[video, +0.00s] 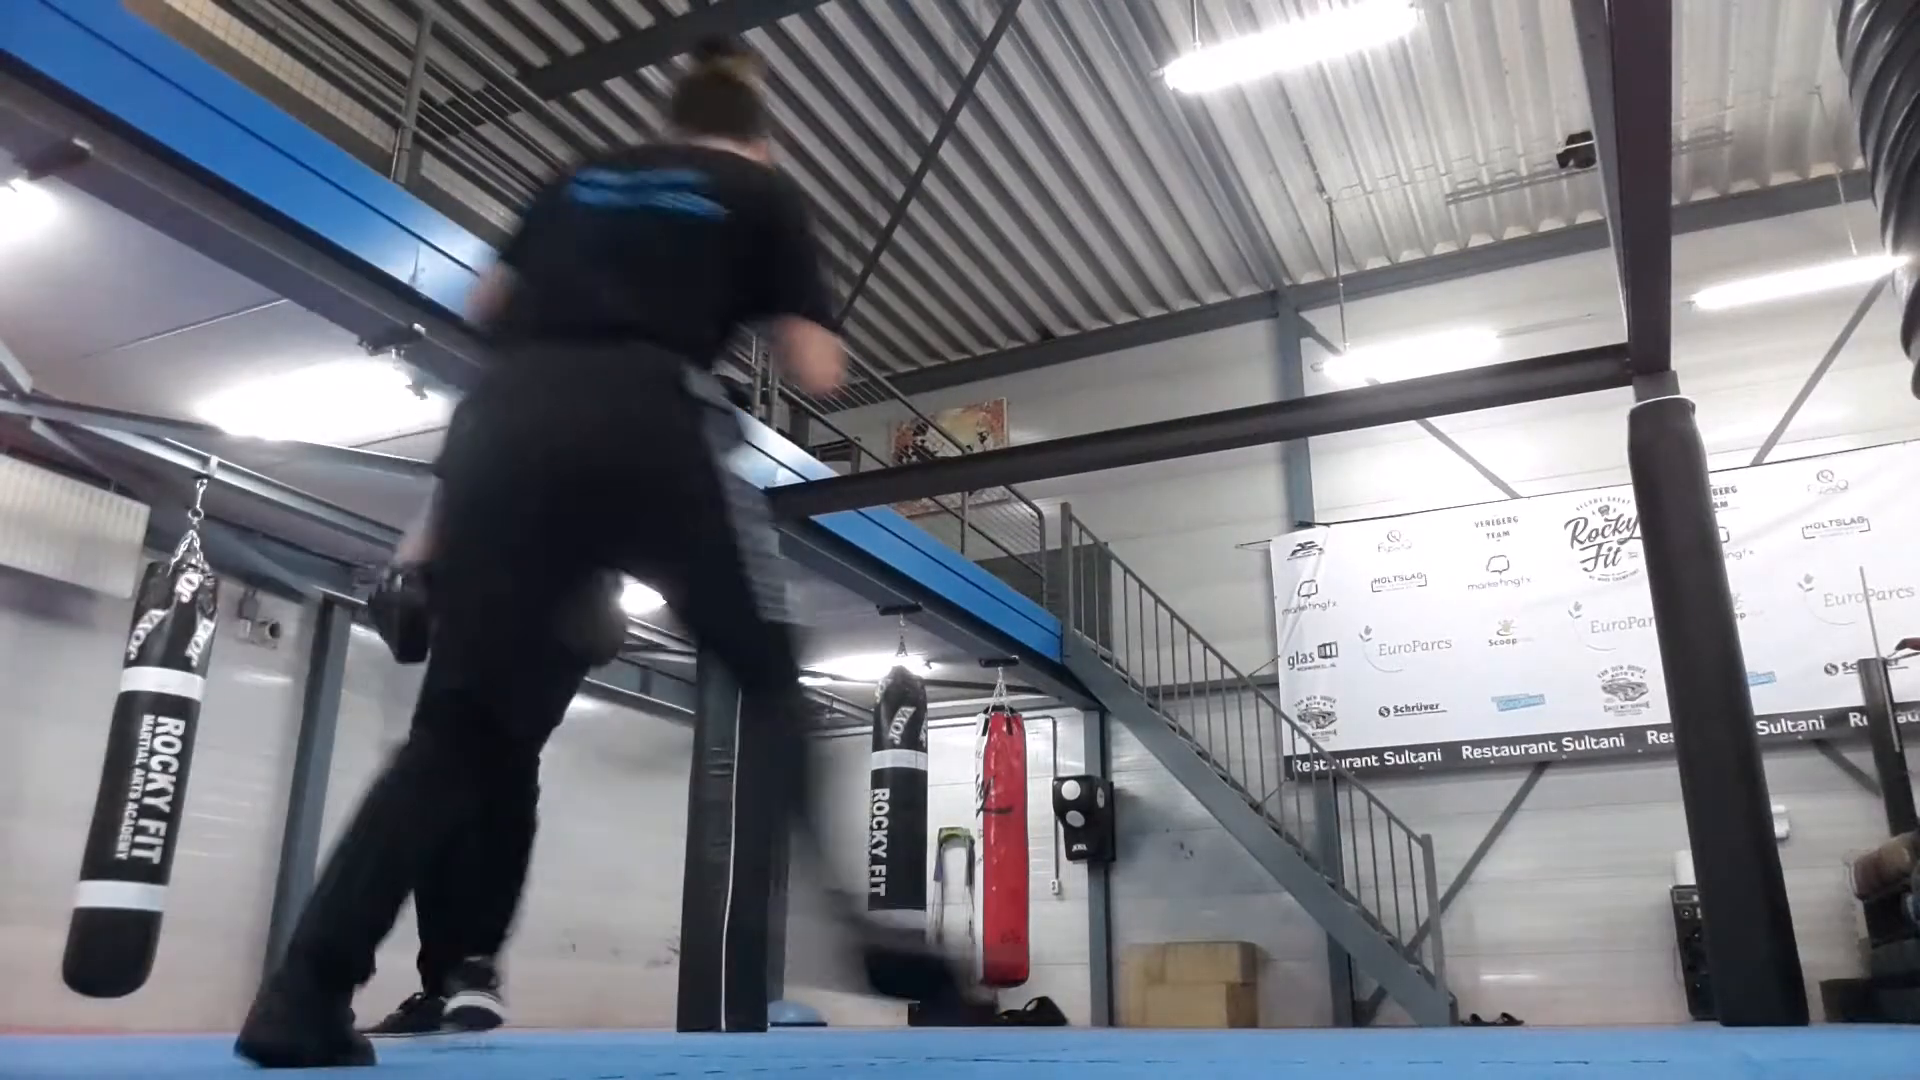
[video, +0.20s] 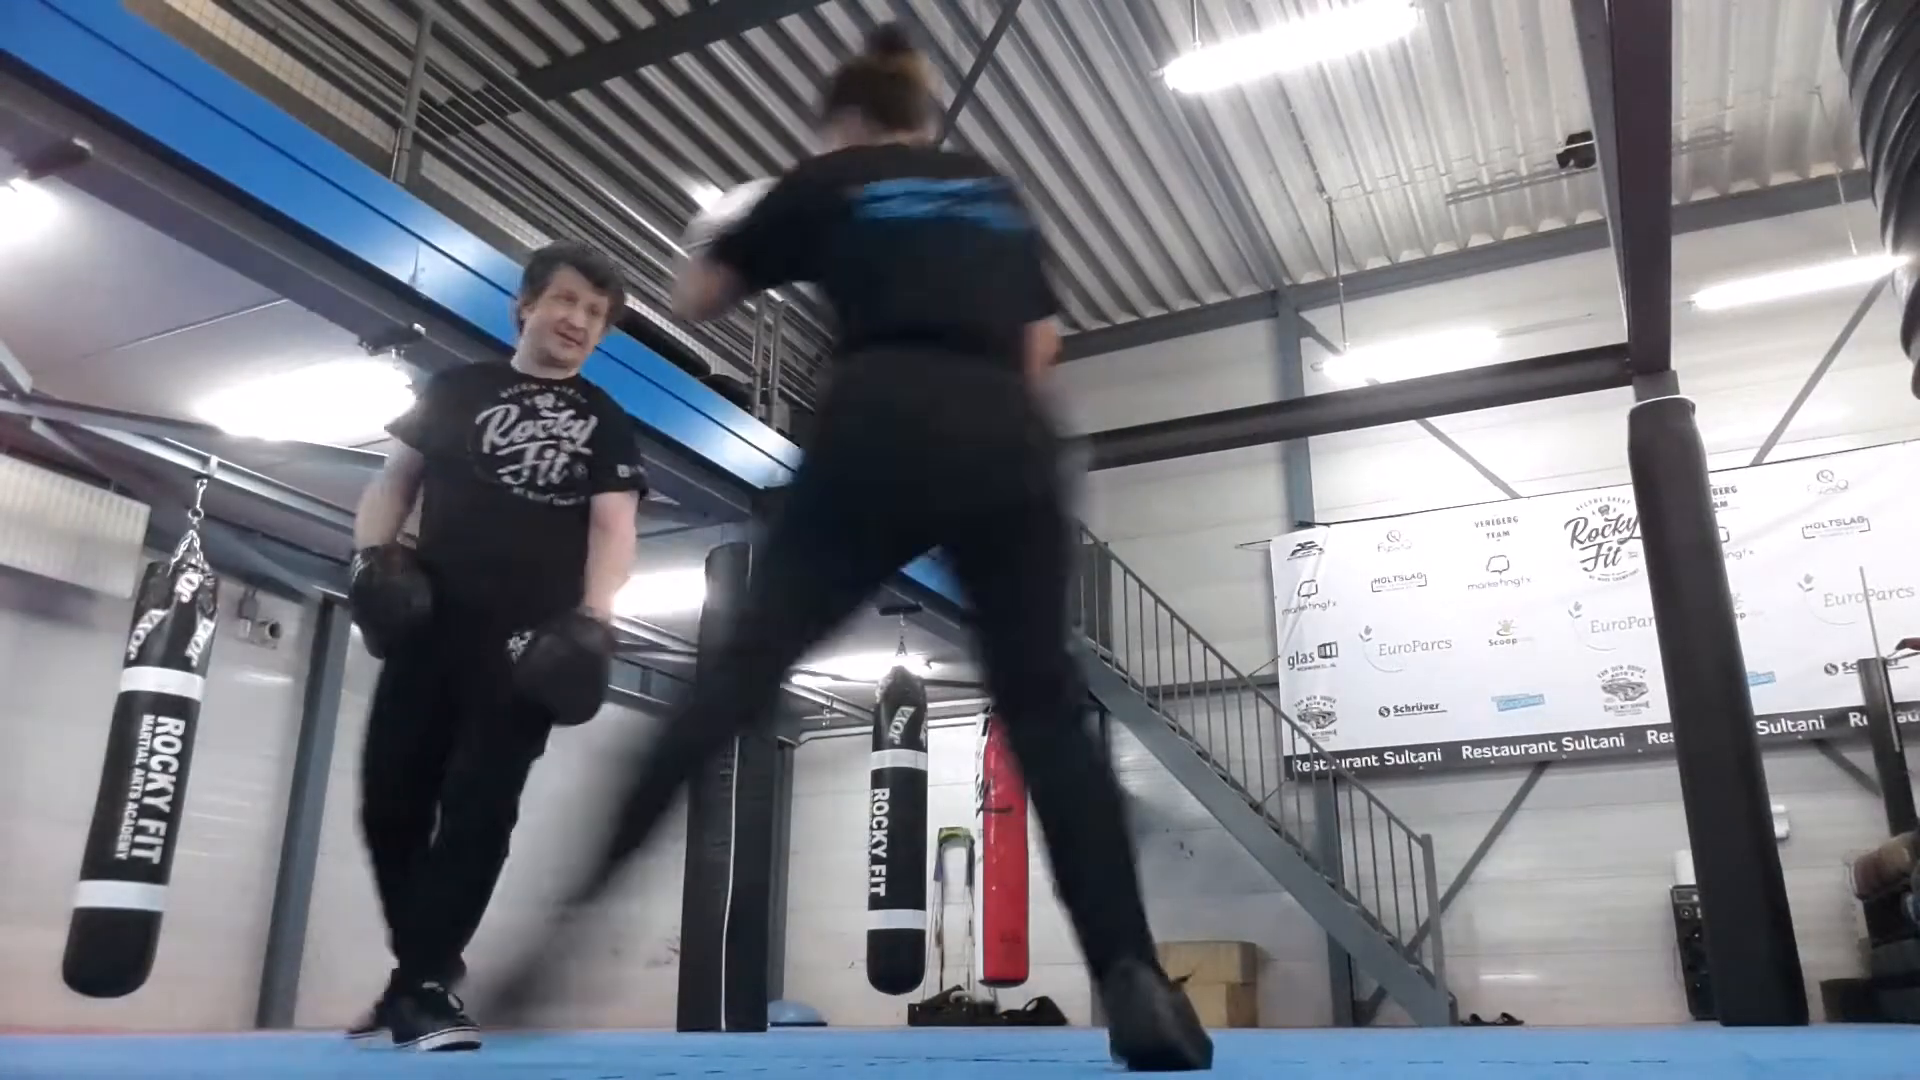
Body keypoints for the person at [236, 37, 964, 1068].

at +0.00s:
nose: (771, 161)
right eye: (770, 149)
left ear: (670, 123)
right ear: (757, 140)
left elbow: (486, 306)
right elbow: (815, 370)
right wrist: (801, 330)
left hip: (505, 419)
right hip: (640, 428)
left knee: (459, 729)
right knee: (767, 681)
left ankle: (297, 1005)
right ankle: (755, 979)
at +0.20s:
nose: (822, 145)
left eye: (823, 133)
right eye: (825, 135)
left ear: (843, 123)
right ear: (923, 120)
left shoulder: (825, 183)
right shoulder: (992, 190)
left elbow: (696, 297)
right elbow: (1041, 345)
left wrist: (744, 238)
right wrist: (994, 423)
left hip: (875, 447)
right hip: (1005, 456)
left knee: (733, 679)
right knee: (1044, 707)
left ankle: (558, 931)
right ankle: (1133, 980)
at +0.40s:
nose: (976, 132)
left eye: (977, 116)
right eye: (975, 119)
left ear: (1003, 102)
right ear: (1064, 97)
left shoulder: (1018, 148)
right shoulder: (1152, 159)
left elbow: (963, 283)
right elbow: (1192, 296)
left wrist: (900, 312)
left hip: (1137, 412)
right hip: (1240, 409)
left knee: (1119, 664)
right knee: (1257, 677)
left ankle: (1314, 900)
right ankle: (1404, 910)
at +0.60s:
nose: (1153, 269)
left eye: (1156, 246)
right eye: (1150, 250)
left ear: (1196, 225)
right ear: (1232, 224)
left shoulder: (1228, 276)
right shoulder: (1309, 285)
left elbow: (1212, 401)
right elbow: (1295, 428)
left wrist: (1130, 391)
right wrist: (1175, 412)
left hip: (1350, 501)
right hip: (1421, 498)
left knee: (1314, 743)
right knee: (1489, 763)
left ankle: (1440, 988)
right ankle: (1689, 978)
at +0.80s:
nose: (1259, 258)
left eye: (1263, 235)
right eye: (1253, 244)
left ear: (1316, 212)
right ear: (1333, 220)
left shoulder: (1356, 263)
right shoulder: (1398, 275)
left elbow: (1361, 366)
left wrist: (1278, 357)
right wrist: (1291, 357)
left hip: (1451, 494)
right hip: (1515, 494)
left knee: (1387, 683)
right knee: (1547, 735)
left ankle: (1544, 894)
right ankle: (1687, 955)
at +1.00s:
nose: (1315, 281)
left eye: (1321, 259)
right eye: (1312, 264)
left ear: (1368, 243)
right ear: (1385, 250)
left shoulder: (1398, 288)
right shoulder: (1437, 302)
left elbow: (1412, 368)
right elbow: (1428, 445)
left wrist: (1333, 387)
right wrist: (1342, 405)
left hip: (1495, 522)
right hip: (1538, 514)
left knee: (1475, 746)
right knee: (1554, 746)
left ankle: (1588, 972)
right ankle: (1652, 956)